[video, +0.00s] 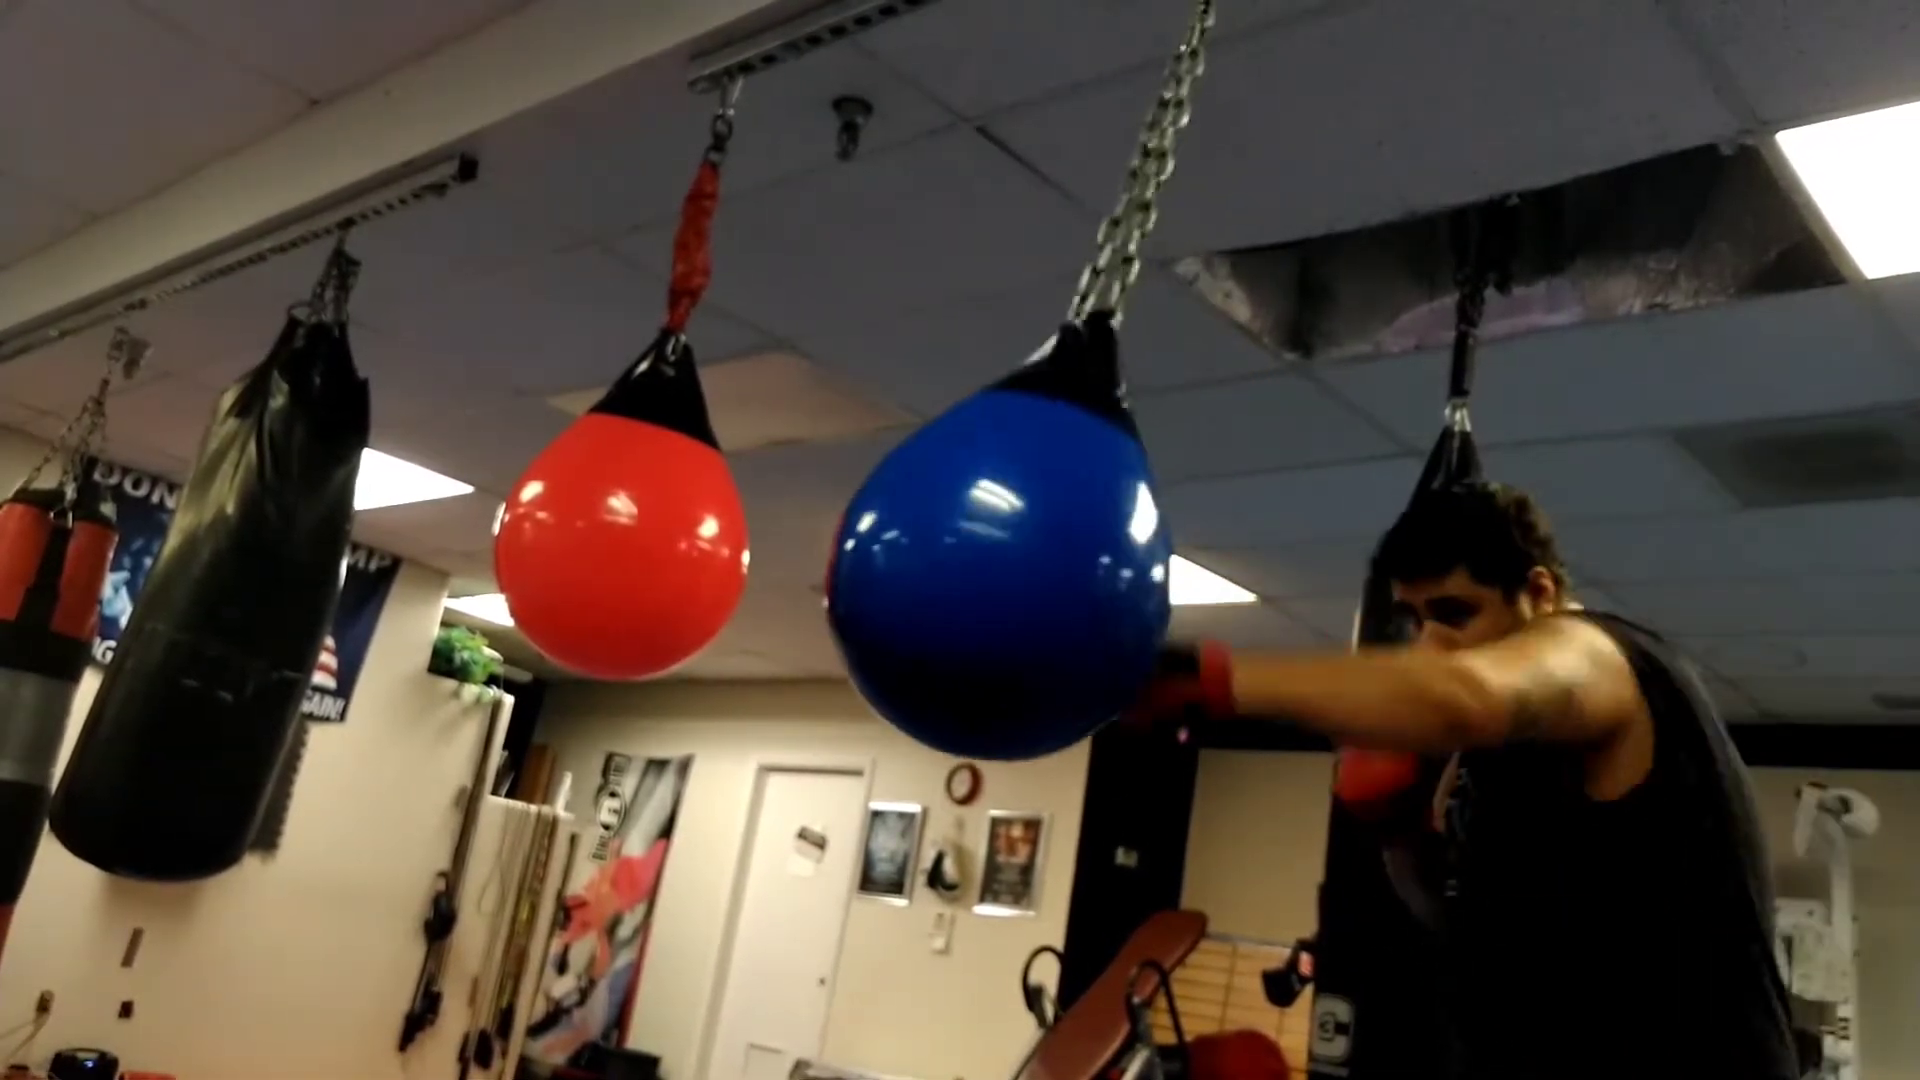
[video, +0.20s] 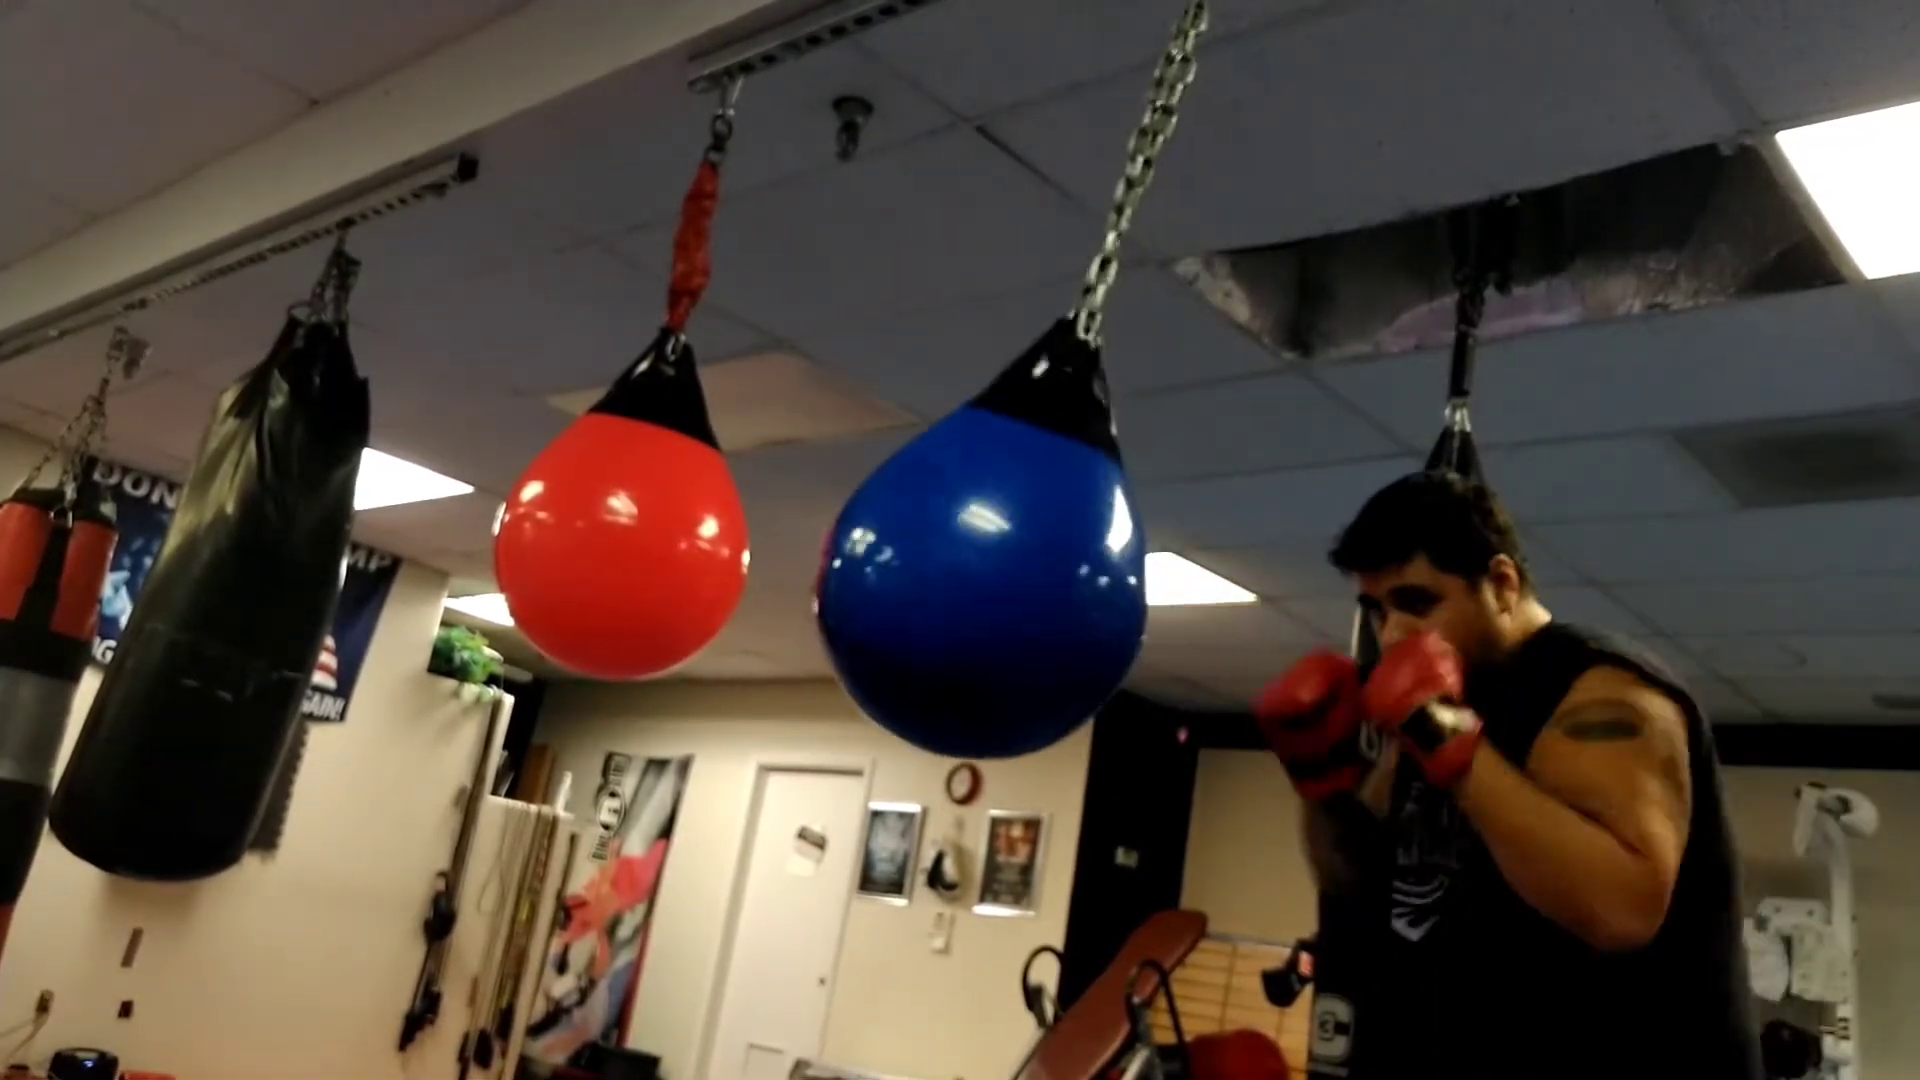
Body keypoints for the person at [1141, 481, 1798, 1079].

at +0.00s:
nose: (1428, 645)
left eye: (1453, 614)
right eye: (1411, 621)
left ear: (1537, 594)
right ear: (1398, 617)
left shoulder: (1592, 657)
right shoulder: (1475, 746)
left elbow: (1466, 700)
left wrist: (1210, 677)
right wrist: (1396, 824)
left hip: (1680, 1074)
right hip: (1566, 1073)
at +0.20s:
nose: (1391, 636)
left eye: (1416, 603)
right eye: (1376, 611)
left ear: (1503, 580)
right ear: (1363, 609)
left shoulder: (1616, 701)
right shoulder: (1434, 714)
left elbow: (1625, 903)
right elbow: (1357, 889)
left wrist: (1457, 749)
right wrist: (1326, 782)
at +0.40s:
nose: (1355, 625)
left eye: (1381, 587)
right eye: (1338, 599)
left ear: (1470, 564)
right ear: (1328, 597)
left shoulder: (1623, 700)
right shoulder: (1347, 689)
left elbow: (1745, 901)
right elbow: (1193, 800)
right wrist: (1157, 688)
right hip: (1382, 1069)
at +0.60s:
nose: (1279, 590)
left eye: (1306, 555)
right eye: (1265, 564)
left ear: (1390, 542)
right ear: (1251, 566)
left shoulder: (1501, 627)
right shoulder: (1309, 716)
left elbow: (1664, 715)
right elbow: (1239, 864)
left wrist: (1451, 603)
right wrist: (1247, 776)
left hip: (1556, 1074)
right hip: (1379, 1075)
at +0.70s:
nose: (1256, 598)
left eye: (1284, 563)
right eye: (1241, 575)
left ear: (1375, 540)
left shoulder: (1448, 592)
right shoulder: (1330, 690)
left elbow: (1574, 679)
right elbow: (1289, 893)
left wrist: (1329, 585)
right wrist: (1268, 822)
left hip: (1540, 1070)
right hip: (1377, 1074)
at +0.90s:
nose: (1244, 636)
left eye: (1269, 599)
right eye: (1226, 611)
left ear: (1346, 575)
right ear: (1215, 613)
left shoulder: (1494, 674)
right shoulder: (1290, 729)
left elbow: (1620, 844)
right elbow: (1284, 966)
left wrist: (1377, 867)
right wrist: (1243, 850)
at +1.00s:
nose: (1229, 655)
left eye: (1248, 617)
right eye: (1206, 633)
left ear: (1320, 582)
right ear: (1192, 637)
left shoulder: (1443, 659)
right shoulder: (1278, 750)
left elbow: (1612, 787)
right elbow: (1296, 978)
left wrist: (1378, 876)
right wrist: (1257, 926)